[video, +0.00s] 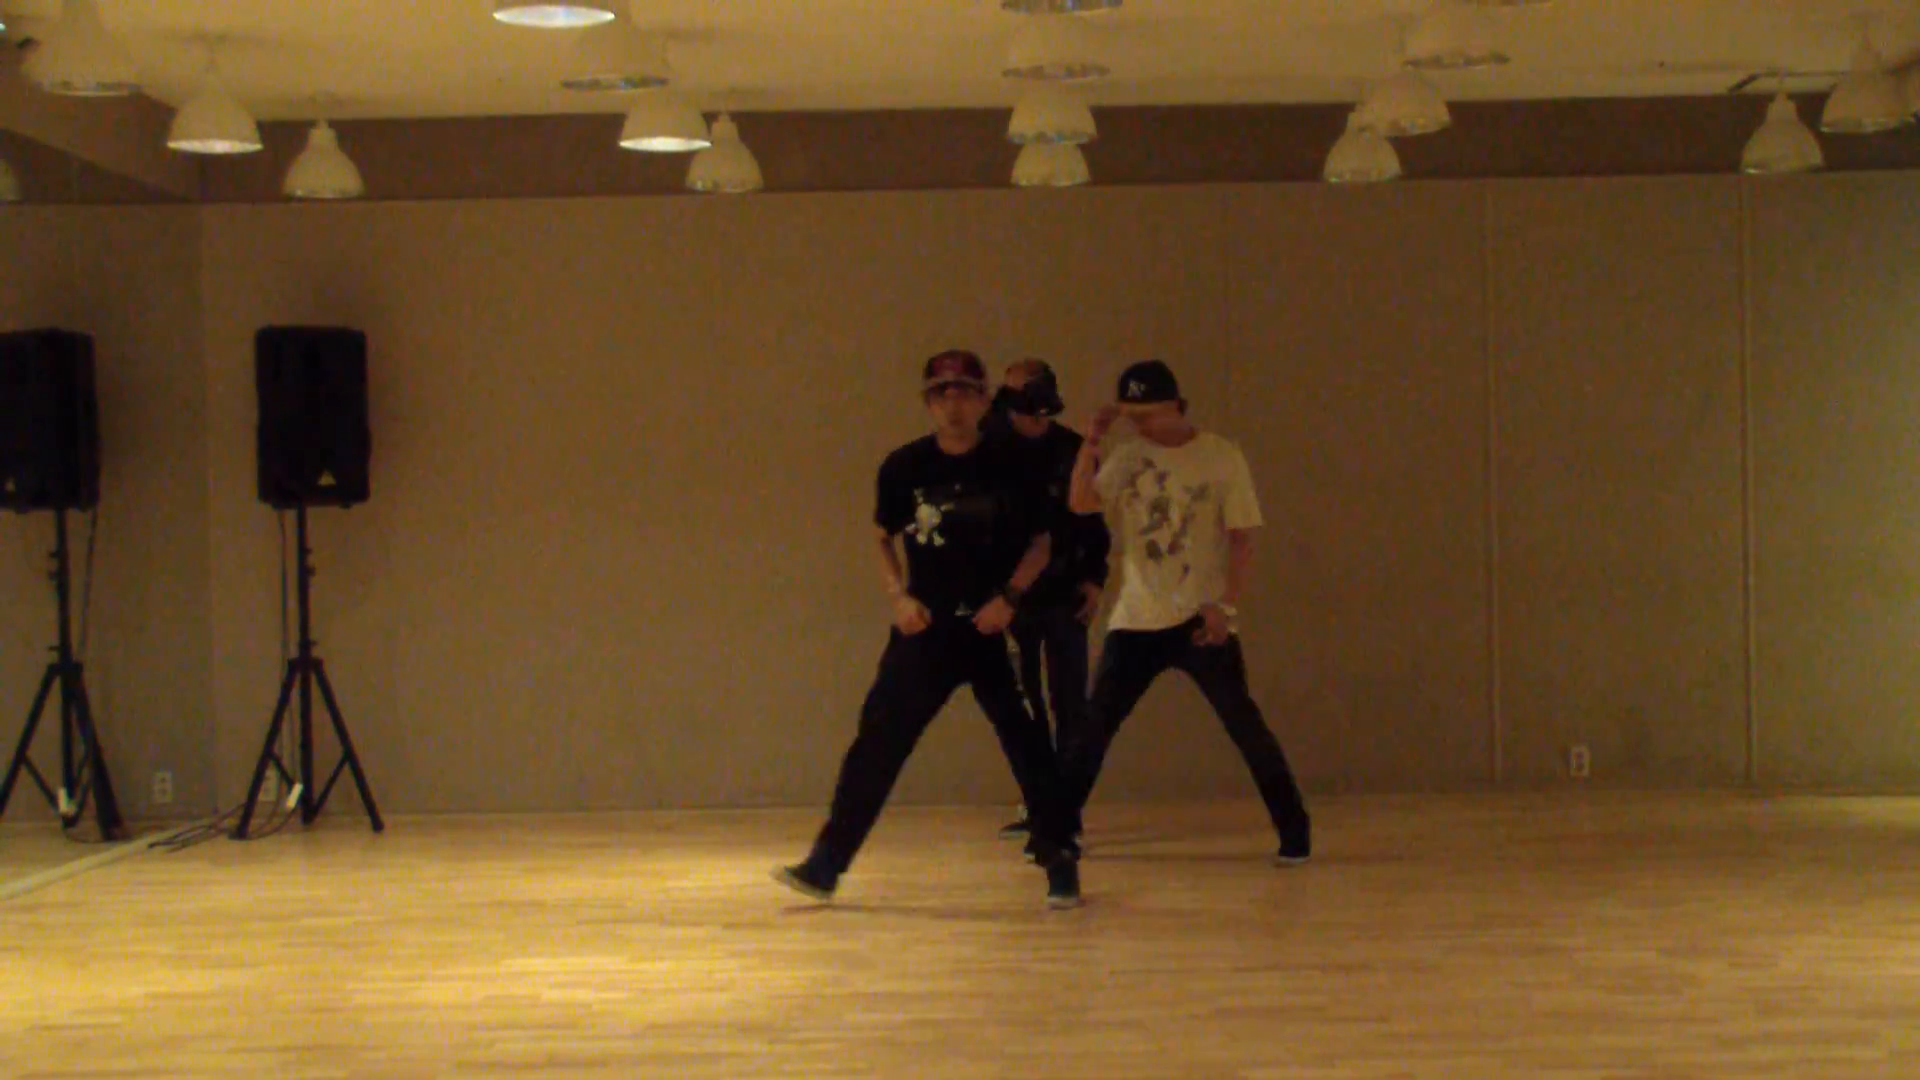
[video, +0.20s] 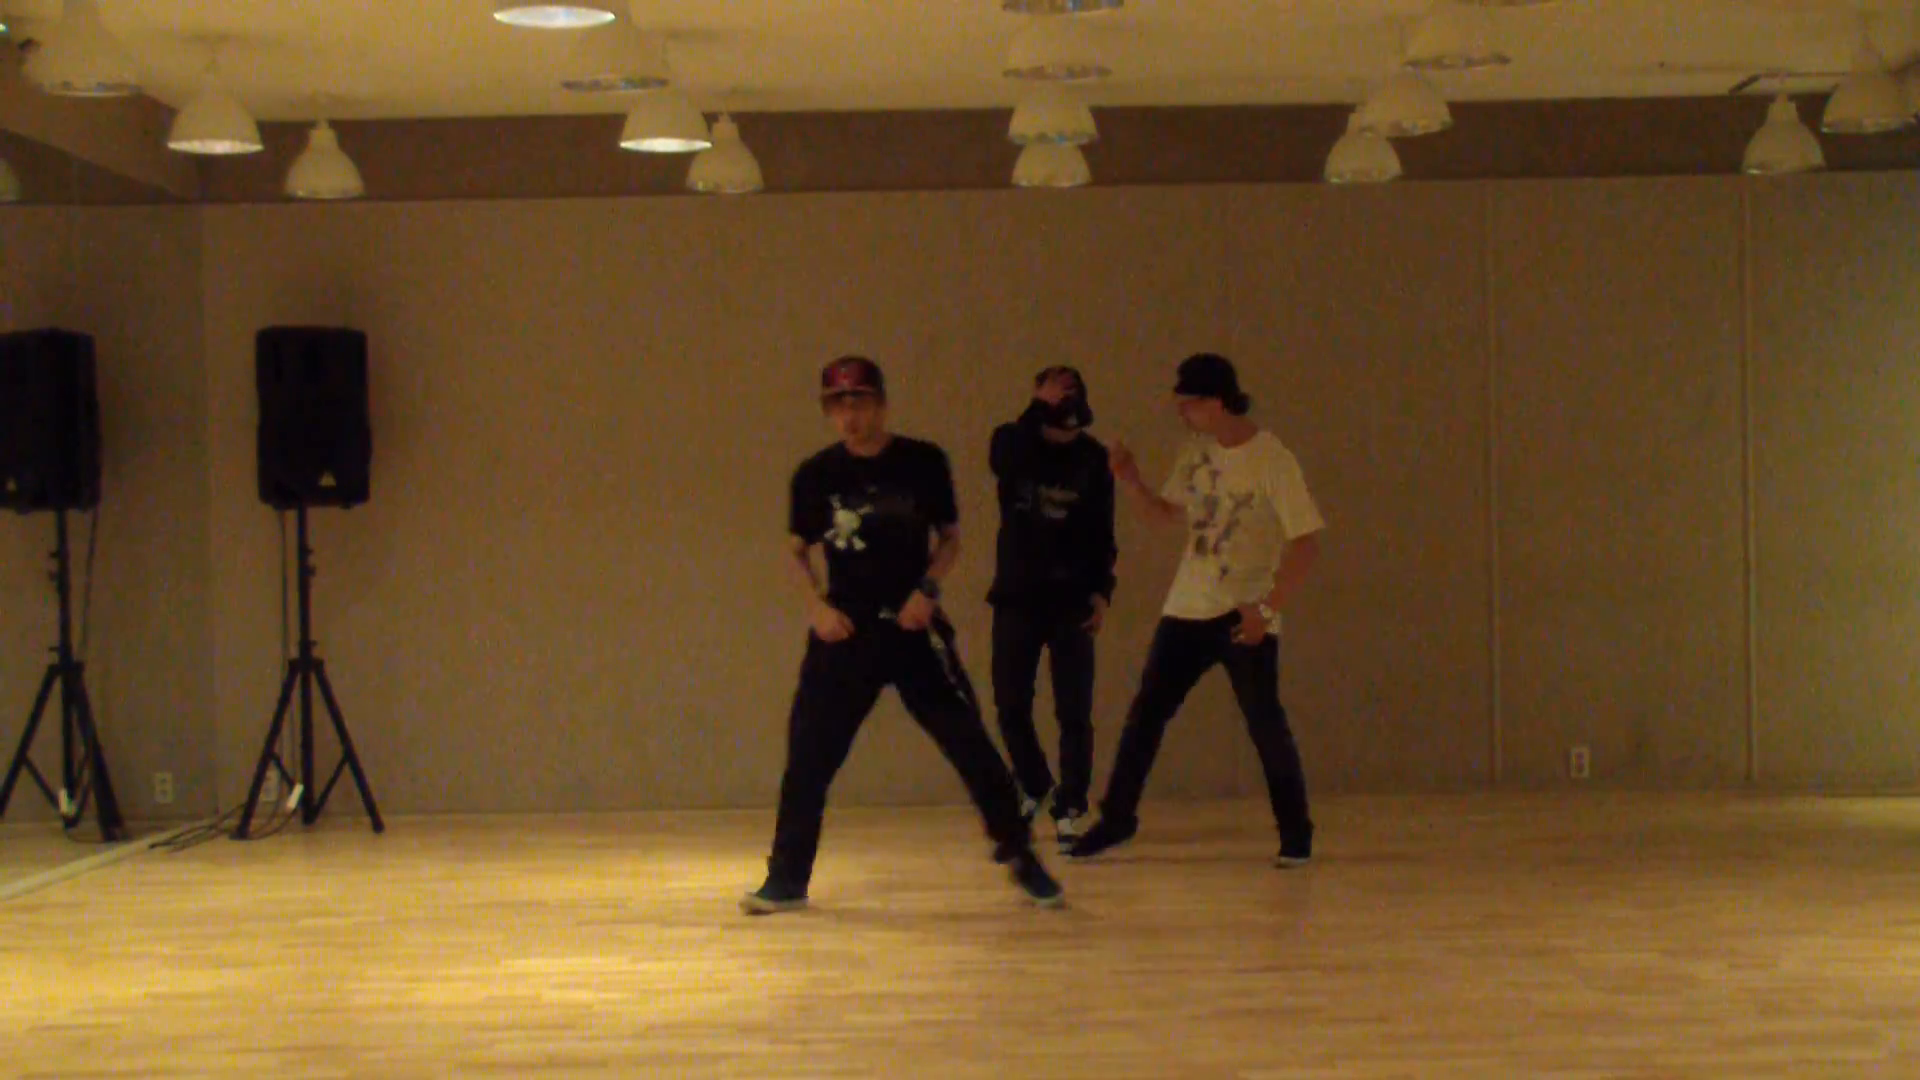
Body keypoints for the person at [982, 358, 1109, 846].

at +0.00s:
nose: (1036, 419)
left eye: (1043, 407)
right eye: (1025, 409)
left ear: (1054, 403)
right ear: (1006, 405)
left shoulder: (1073, 449)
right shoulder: (989, 450)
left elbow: (1094, 523)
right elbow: (973, 525)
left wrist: (1095, 579)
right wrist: (990, 586)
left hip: (1065, 590)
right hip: (1010, 592)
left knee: (1070, 701)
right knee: (1024, 703)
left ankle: (1067, 812)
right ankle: (1037, 805)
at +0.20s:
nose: (1059, 408)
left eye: (1070, 400)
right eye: (1051, 399)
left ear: (1082, 406)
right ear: (1034, 403)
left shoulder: (1093, 456)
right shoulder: (1010, 442)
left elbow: (1103, 532)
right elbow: (1004, 463)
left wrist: (1100, 590)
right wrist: (1039, 411)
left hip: (1072, 597)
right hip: (1017, 593)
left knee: (1074, 708)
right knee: (1010, 703)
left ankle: (1072, 803)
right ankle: (1033, 785)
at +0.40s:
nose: (1054, 394)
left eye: (1060, 386)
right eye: (1044, 386)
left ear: (1075, 394)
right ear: (1029, 397)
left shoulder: (1100, 446)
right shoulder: (1014, 443)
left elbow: (1118, 508)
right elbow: (1005, 474)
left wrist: (1122, 538)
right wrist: (1031, 409)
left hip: (1079, 595)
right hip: (1024, 592)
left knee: (1078, 709)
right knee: (1021, 705)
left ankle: (1070, 813)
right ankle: (1025, 811)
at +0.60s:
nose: (1027, 422)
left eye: (1036, 415)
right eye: (1029, 412)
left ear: (1059, 414)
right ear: (1026, 409)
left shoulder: (1100, 446)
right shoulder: (1008, 453)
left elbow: (1145, 479)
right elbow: (977, 521)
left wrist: (1203, 479)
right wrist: (1006, 475)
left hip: (1083, 599)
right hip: (1028, 599)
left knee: (1078, 711)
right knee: (1033, 705)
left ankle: (1070, 815)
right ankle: (1042, 809)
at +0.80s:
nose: (1045, 436)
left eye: (1052, 426)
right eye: (1036, 427)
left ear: (1062, 412)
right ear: (1017, 417)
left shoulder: (1095, 446)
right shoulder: (1001, 463)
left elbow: (1158, 475)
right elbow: (987, 520)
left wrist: (1225, 480)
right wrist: (981, 569)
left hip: (1089, 604)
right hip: (1033, 606)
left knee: (1082, 715)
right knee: (1045, 714)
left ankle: (1070, 814)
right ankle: (1062, 831)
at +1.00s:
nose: (1033, 426)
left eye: (1042, 416)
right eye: (1025, 415)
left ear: (1054, 409)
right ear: (1006, 406)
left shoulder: (1081, 435)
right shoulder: (988, 464)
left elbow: (1131, 469)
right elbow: (980, 543)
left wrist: (1176, 489)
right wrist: (982, 619)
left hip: (1090, 600)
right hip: (1032, 606)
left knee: (1101, 716)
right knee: (1046, 724)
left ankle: (1090, 805)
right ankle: (1064, 833)